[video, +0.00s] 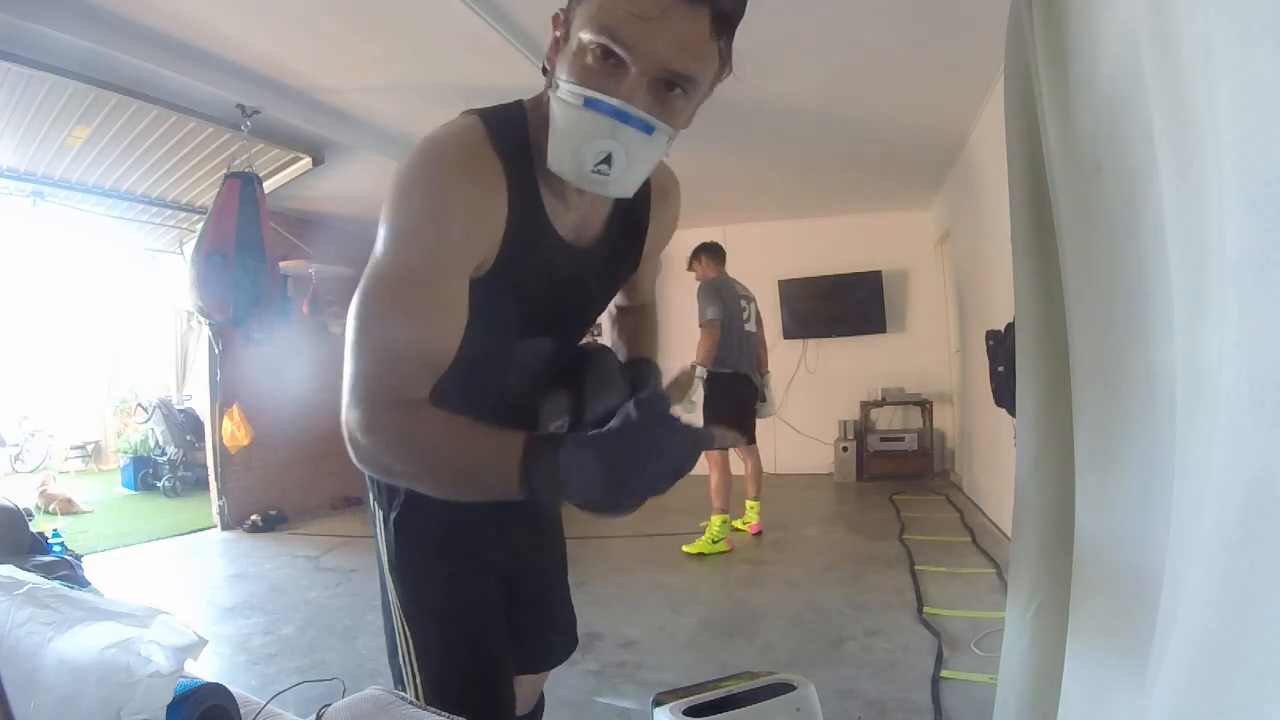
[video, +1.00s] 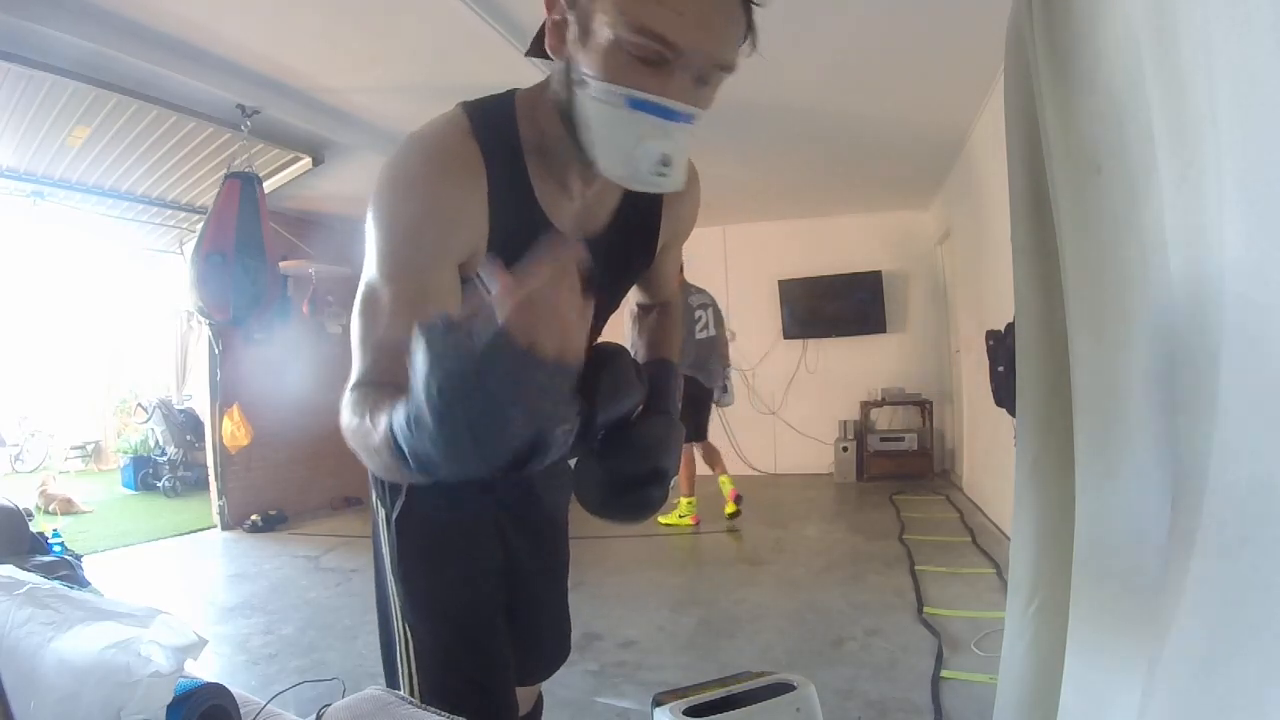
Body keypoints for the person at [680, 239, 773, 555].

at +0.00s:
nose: (695, 275)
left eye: (695, 269)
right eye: (693, 270)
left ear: (705, 262)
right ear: (720, 263)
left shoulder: (709, 288)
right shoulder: (745, 292)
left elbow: (710, 335)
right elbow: (759, 341)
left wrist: (695, 378)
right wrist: (763, 380)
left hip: (721, 381)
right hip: (747, 381)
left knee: (715, 455)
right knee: (747, 448)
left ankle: (719, 531)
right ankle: (752, 516)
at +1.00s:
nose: (665, 279)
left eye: (666, 273)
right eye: (666, 273)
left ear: (673, 272)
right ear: (683, 269)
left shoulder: (671, 300)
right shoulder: (705, 297)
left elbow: (668, 344)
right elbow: (721, 339)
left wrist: (661, 376)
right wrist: (723, 374)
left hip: (684, 375)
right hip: (708, 375)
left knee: (683, 442)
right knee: (701, 439)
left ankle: (687, 508)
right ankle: (729, 489)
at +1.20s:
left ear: (653, 279)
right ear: (670, 273)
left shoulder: (656, 302)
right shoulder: (694, 297)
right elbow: (711, 337)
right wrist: (716, 369)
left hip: (675, 374)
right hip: (697, 374)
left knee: (678, 438)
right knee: (682, 437)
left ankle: (687, 507)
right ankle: (693, 498)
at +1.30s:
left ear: (658, 279)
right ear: (676, 275)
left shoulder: (660, 303)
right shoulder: (691, 300)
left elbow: (662, 346)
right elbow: (706, 341)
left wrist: (654, 375)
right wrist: (710, 372)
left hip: (673, 376)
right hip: (693, 376)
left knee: (677, 440)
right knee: (675, 436)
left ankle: (687, 507)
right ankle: (677, 491)